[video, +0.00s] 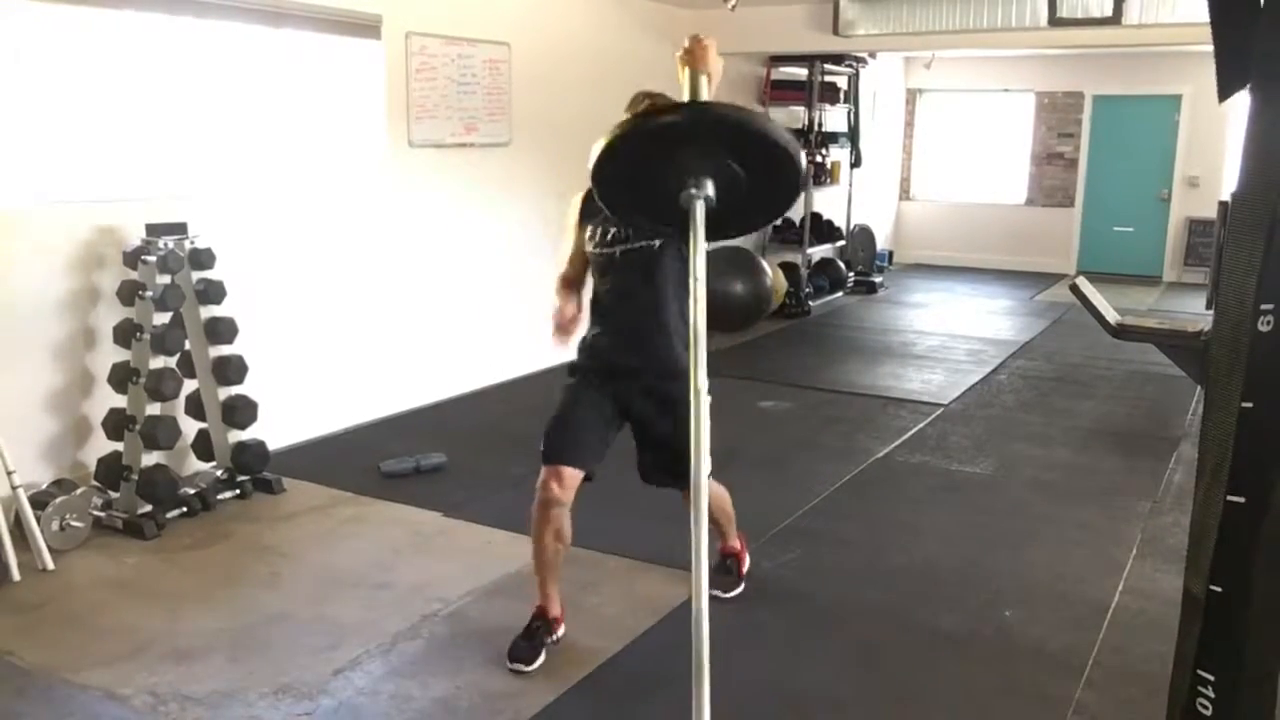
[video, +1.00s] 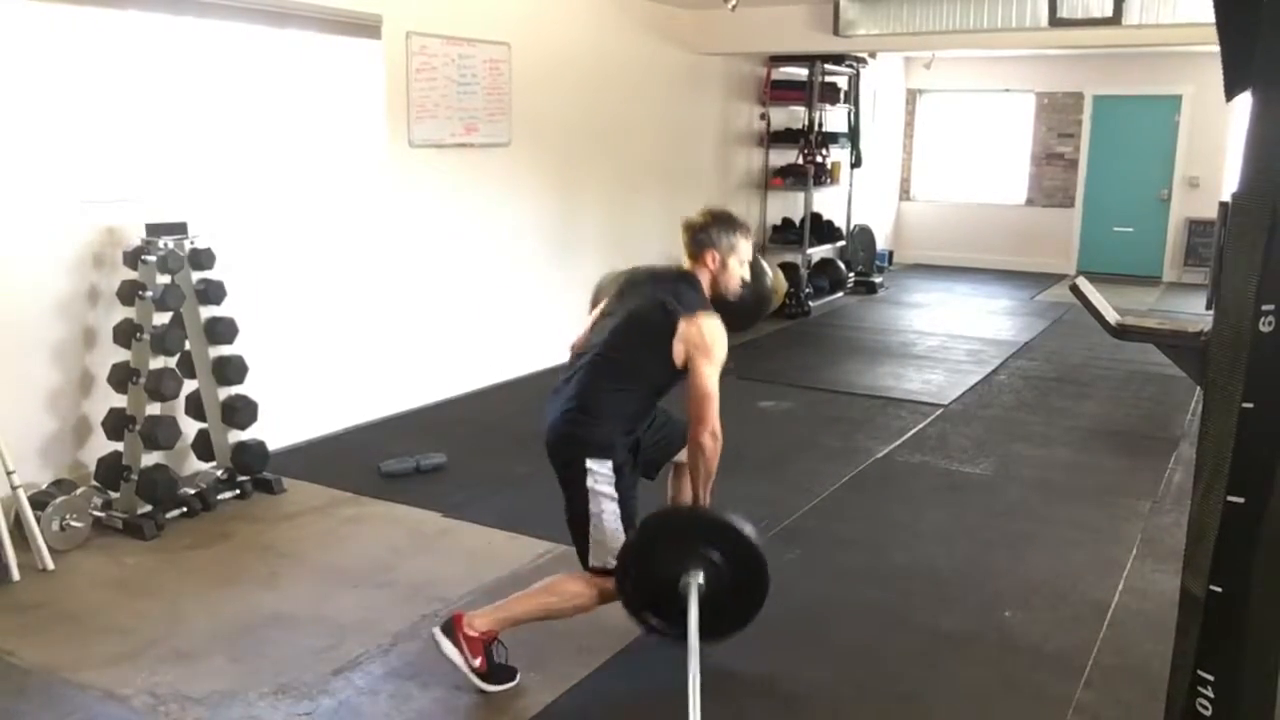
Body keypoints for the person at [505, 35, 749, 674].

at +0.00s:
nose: (641, 148)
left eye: (652, 136)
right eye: (634, 136)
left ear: (672, 142)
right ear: (620, 141)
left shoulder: (684, 196)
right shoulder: (596, 202)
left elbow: (709, 141)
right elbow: (575, 269)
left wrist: (703, 78)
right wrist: (569, 301)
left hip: (668, 368)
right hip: (602, 362)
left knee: (690, 480)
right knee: (555, 481)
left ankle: (732, 545)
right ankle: (548, 610)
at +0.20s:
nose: (654, 134)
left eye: (664, 123)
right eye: (645, 121)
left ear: (680, 126)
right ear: (621, 117)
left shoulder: (682, 179)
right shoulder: (581, 174)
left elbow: (712, 241)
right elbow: (559, 263)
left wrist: (694, 158)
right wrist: (613, 209)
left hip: (663, 347)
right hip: (593, 348)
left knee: (697, 465)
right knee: (569, 490)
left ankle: (710, 545)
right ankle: (546, 612)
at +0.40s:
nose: (706, 151)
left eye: (710, 138)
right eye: (700, 137)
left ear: (679, 133)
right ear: (664, 129)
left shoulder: (680, 196)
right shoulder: (612, 182)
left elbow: (677, 266)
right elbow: (596, 260)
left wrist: (720, 265)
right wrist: (686, 259)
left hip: (648, 346)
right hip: (591, 350)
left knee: (686, 448)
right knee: (585, 497)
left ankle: (679, 563)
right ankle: (486, 608)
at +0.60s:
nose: (732, 216)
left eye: (733, 203)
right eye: (726, 202)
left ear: (690, 199)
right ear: (695, 199)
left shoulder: (645, 236)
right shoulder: (675, 260)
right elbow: (684, 362)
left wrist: (707, 385)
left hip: (621, 388)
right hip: (588, 398)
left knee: (681, 449)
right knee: (602, 544)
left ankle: (676, 567)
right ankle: (470, 628)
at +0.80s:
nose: (751, 285)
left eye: (753, 274)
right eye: (748, 272)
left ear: (703, 265)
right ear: (717, 268)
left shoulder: (644, 283)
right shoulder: (704, 339)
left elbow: (576, 335)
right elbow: (701, 448)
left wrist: (575, 395)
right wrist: (708, 518)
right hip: (586, 437)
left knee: (692, 456)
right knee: (617, 580)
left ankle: (678, 566)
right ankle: (478, 628)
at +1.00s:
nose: (746, 275)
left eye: (748, 264)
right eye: (743, 262)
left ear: (700, 257)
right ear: (712, 258)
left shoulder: (640, 283)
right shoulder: (706, 326)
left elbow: (581, 346)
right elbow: (707, 436)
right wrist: (700, 518)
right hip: (592, 435)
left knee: (693, 446)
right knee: (611, 579)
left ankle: (677, 557)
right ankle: (473, 627)